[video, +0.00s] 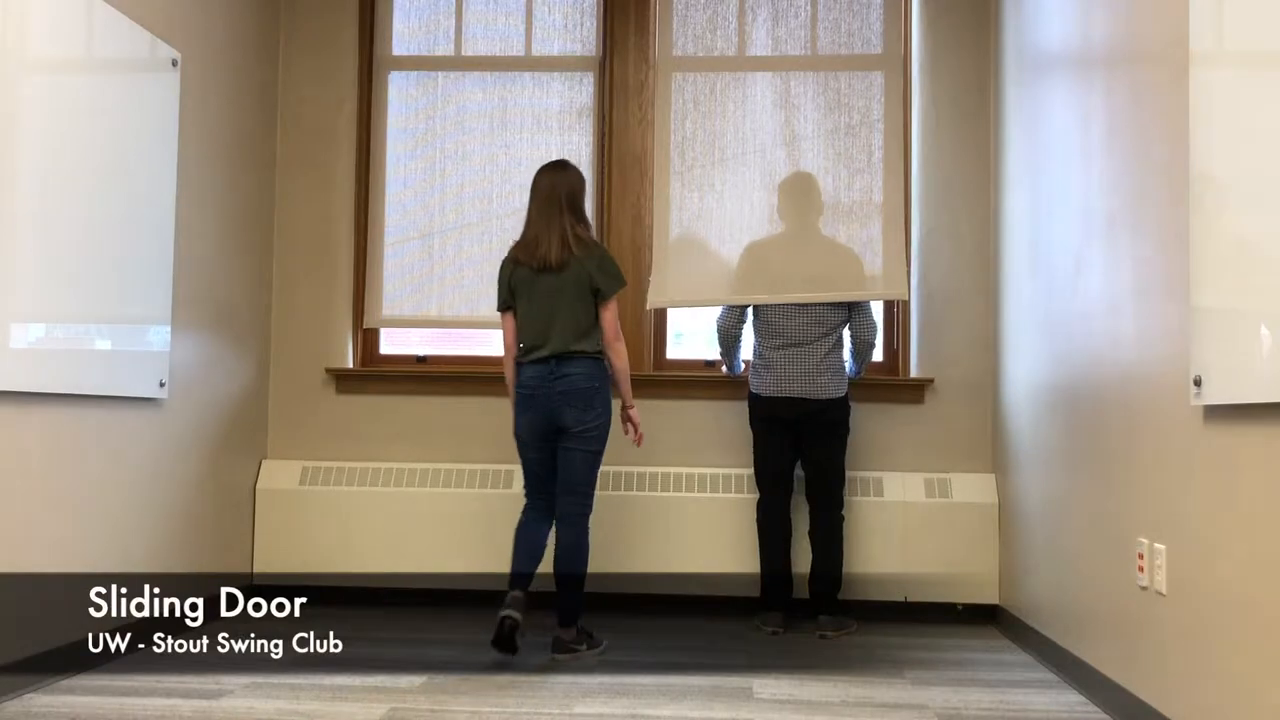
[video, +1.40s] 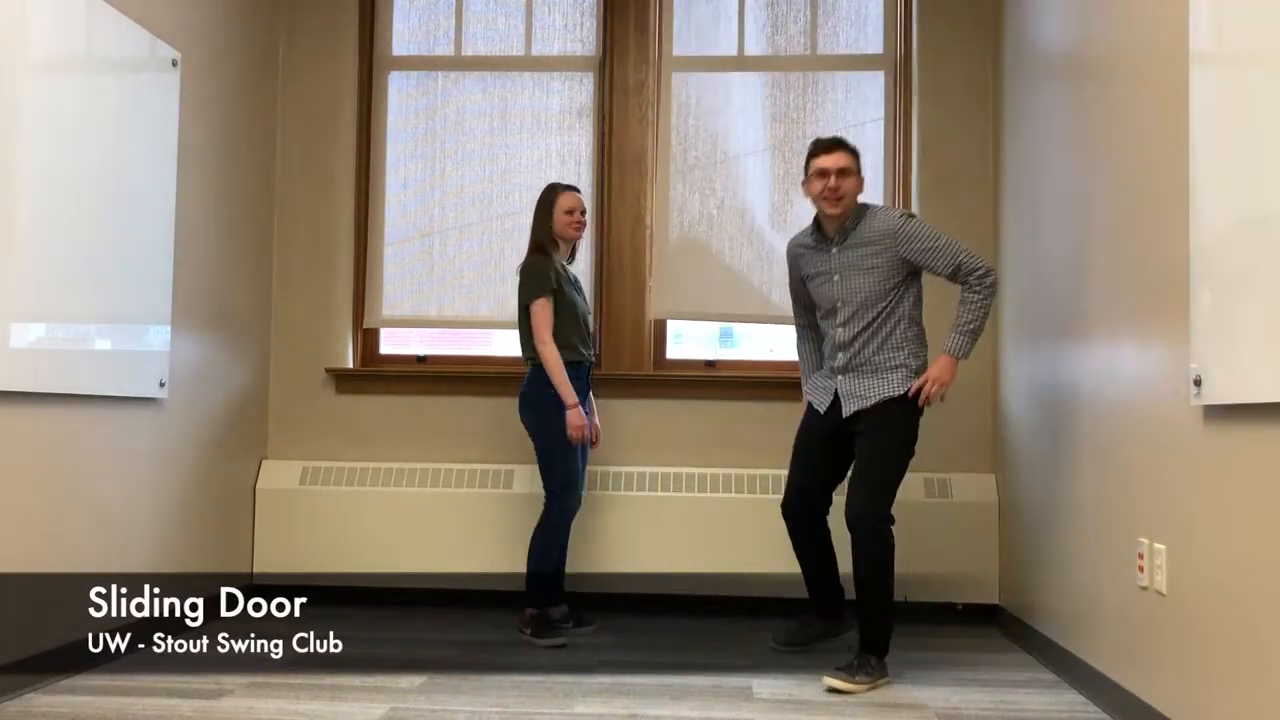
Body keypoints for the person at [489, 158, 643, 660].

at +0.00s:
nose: (584, 205)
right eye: (581, 196)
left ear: (534, 200)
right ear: (579, 201)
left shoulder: (514, 262)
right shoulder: (595, 258)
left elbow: (511, 349)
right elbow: (612, 337)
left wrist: (518, 407)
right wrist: (627, 401)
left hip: (532, 391)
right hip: (586, 389)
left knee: (538, 502)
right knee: (574, 510)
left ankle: (515, 597)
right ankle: (568, 631)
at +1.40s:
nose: (580, 219)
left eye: (582, 212)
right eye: (571, 212)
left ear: (580, 219)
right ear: (548, 217)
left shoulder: (566, 272)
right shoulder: (539, 267)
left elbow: (575, 348)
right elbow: (543, 342)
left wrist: (589, 408)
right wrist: (571, 404)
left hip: (572, 391)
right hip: (549, 391)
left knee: (568, 497)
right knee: (562, 498)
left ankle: (553, 604)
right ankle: (538, 610)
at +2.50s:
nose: (565, 216)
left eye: (571, 209)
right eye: (555, 210)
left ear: (580, 216)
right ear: (540, 217)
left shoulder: (591, 276)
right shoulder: (526, 266)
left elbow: (601, 348)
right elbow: (518, 338)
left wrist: (588, 397)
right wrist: (550, 397)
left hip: (577, 393)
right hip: (534, 391)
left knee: (563, 505)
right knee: (533, 502)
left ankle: (560, 608)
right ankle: (530, 611)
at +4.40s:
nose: (575, 215)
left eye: (577, 209)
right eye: (566, 209)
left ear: (579, 215)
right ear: (542, 215)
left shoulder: (587, 278)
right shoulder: (525, 267)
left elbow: (599, 347)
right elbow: (520, 339)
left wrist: (594, 394)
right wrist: (556, 394)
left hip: (579, 395)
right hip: (536, 391)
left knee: (564, 505)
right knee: (535, 501)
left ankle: (557, 607)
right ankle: (530, 610)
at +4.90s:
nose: (577, 216)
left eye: (579, 209)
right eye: (569, 209)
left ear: (576, 217)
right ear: (542, 213)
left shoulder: (581, 276)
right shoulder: (527, 268)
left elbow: (588, 345)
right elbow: (532, 334)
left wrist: (608, 337)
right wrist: (596, 334)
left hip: (578, 396)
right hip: (541, 395)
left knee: (578, 504)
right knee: (543, 502)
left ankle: (559, 608)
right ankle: (532, 612)